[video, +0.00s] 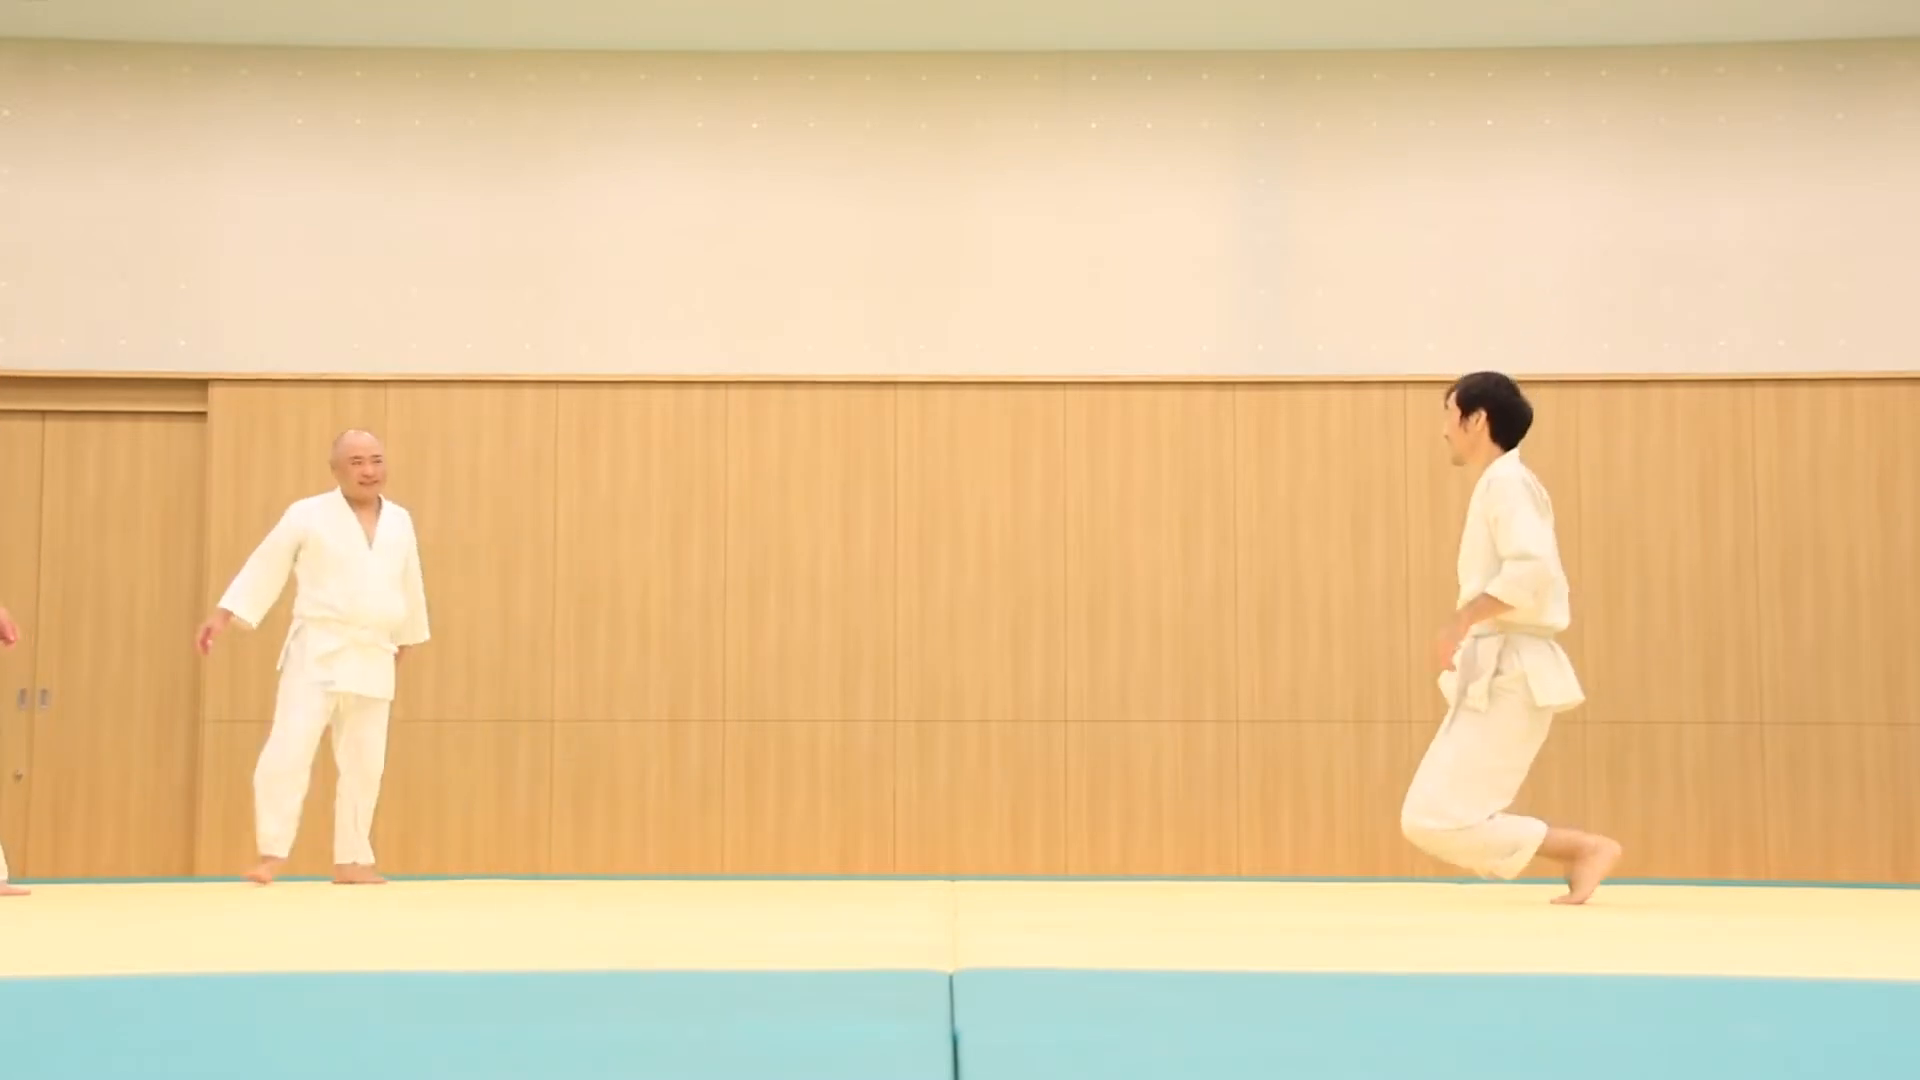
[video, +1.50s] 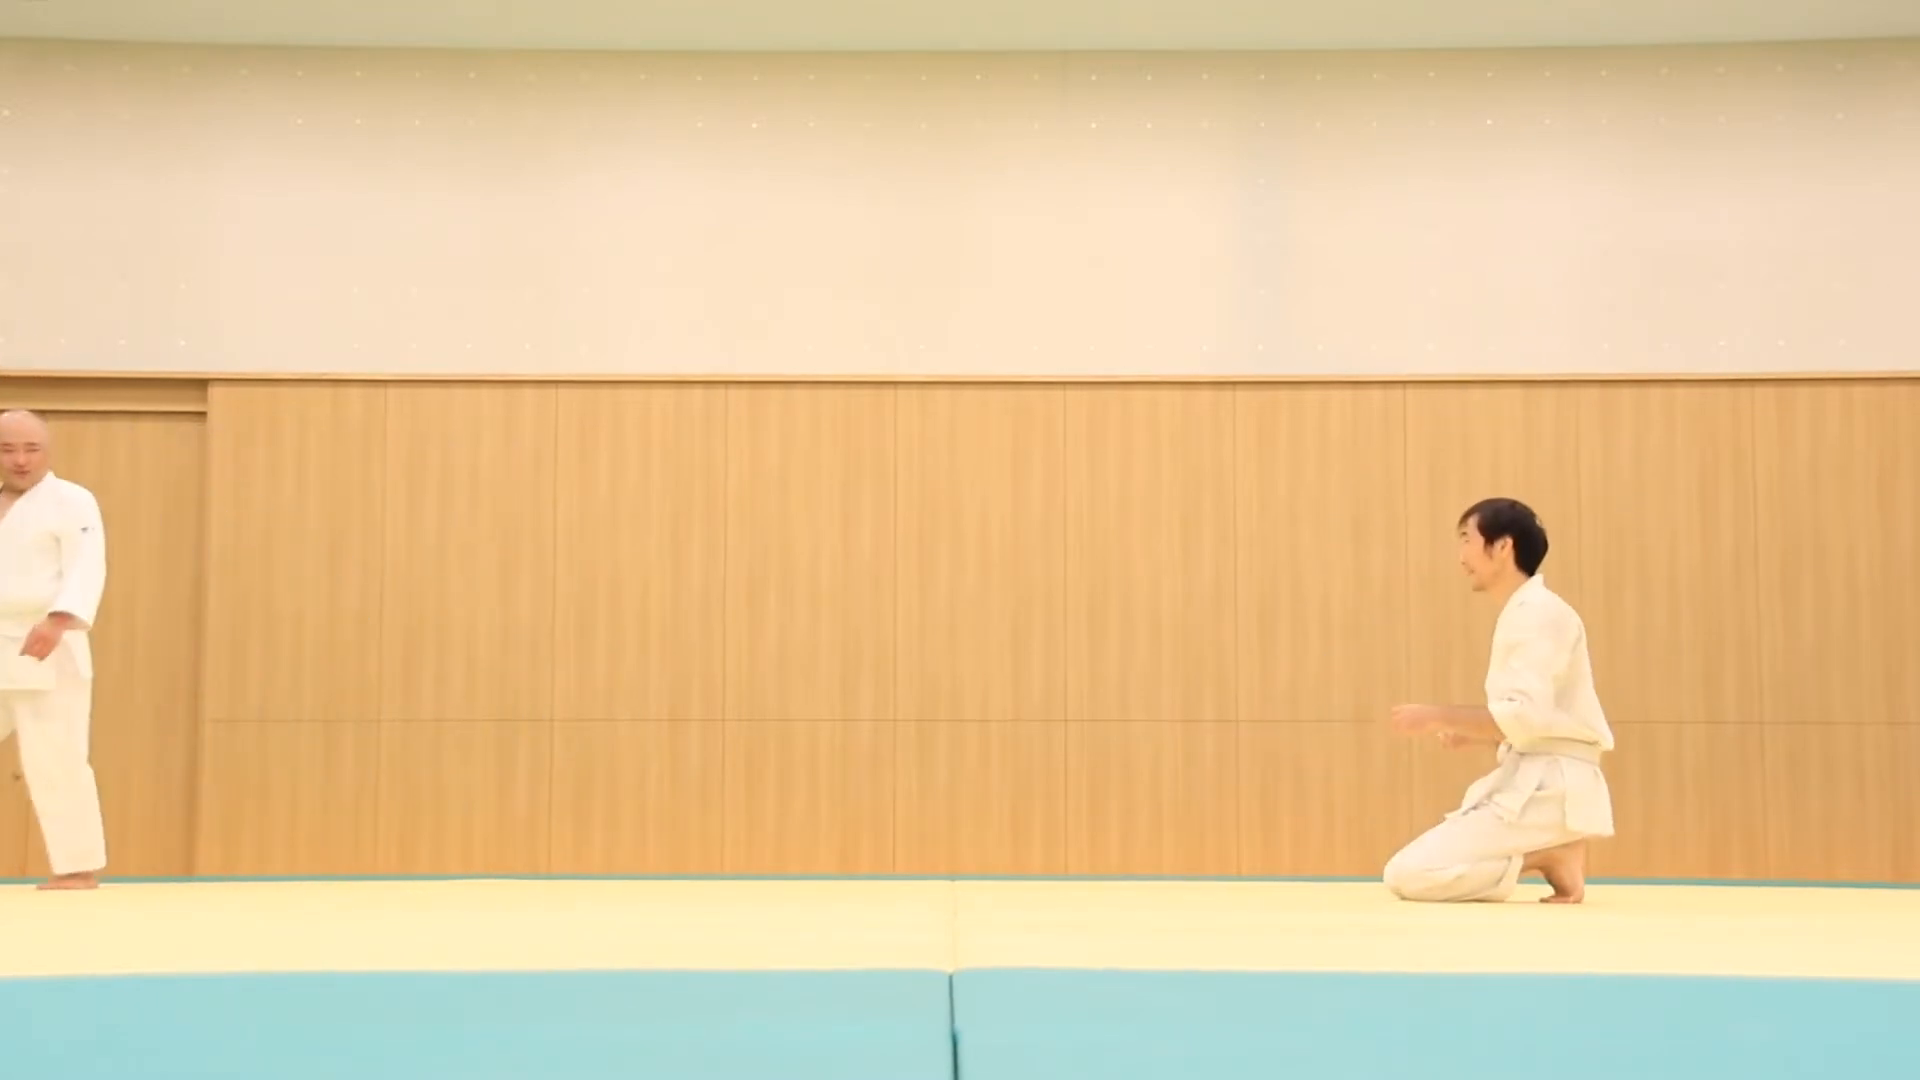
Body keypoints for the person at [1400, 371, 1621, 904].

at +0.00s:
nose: (1445, 428)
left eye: (1451, 415)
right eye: (1447, 414)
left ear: (1478, 420)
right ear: (1486, 421)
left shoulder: (1506, 481)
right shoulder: (1506, 481)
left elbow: (1532, 571)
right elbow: (1530, 581)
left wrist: (1460, 622)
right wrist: (1462, 633)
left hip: (1513, 675)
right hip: (1501, 674)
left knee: (1430, 819)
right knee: (1431, 819)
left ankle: (1583, 849)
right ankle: (1577, 851)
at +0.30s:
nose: (1368, 490)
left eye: (1378, 480)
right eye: (1374, 478)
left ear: (1402, 498)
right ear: (1402, 499)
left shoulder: (1427, 559)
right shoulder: (1407, 565)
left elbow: (1431, 676)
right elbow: (1405, 679)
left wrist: (1372, 747)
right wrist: (1364, 742)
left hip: (1481, 736)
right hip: (1456, 737)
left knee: (1400, 875)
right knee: (1405, 870)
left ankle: (1539, 848)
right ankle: (1537, 849)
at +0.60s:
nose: (1333, 515)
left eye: (1342, 501)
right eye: (1336, 501)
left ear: (1375, 512)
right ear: (1373, 513)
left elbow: (1349, 669)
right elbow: (1340, 669)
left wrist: (1266, 731)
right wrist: (1268, 729)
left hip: (1484, 742)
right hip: (1457, 742)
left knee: (1399, 879)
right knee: (1398, 876)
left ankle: (1533, 841)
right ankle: (1530, 842)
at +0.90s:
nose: (1343, 562)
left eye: (1350, 546)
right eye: (1344, 546)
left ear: (1383, 553)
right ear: (1383, 555)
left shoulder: (1427, 610)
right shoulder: (1417, 612)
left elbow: (1349, 703)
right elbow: (1395, 728)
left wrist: (1264, 764)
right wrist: (1363, 695)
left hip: (1517, 768)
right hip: (1494, 766)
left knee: (1403, 879)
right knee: (1402, 873)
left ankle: (1540, 852)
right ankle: (1537, 851)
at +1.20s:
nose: (1412, 565)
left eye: (1418, 549)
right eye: (1412, 551)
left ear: (1455, 554)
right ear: (1454, 555)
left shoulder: (1493, 619)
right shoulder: (1474, 621)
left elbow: (1421, 720)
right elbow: (1453, 738)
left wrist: (1336, 765)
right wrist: (1444, 685)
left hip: (1546, 789)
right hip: (1516, 784)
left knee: (1409, 878)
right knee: (1405, 874)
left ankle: (1548, 855)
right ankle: (1546, 852)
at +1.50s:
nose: (1461, 558)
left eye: (1467, 541)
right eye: (1461, 543)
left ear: (1504, 548)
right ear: (1502, 550)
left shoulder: (1539, 614)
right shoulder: (1524, 613)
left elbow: (1526, 718)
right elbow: (1536, 726)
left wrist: (1438, 717)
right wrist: (1473, 738)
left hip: (1553, 789)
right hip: (1532, 782)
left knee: (1408, 876)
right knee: (1405, 872)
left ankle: (1550, 855)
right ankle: (1546, 856)